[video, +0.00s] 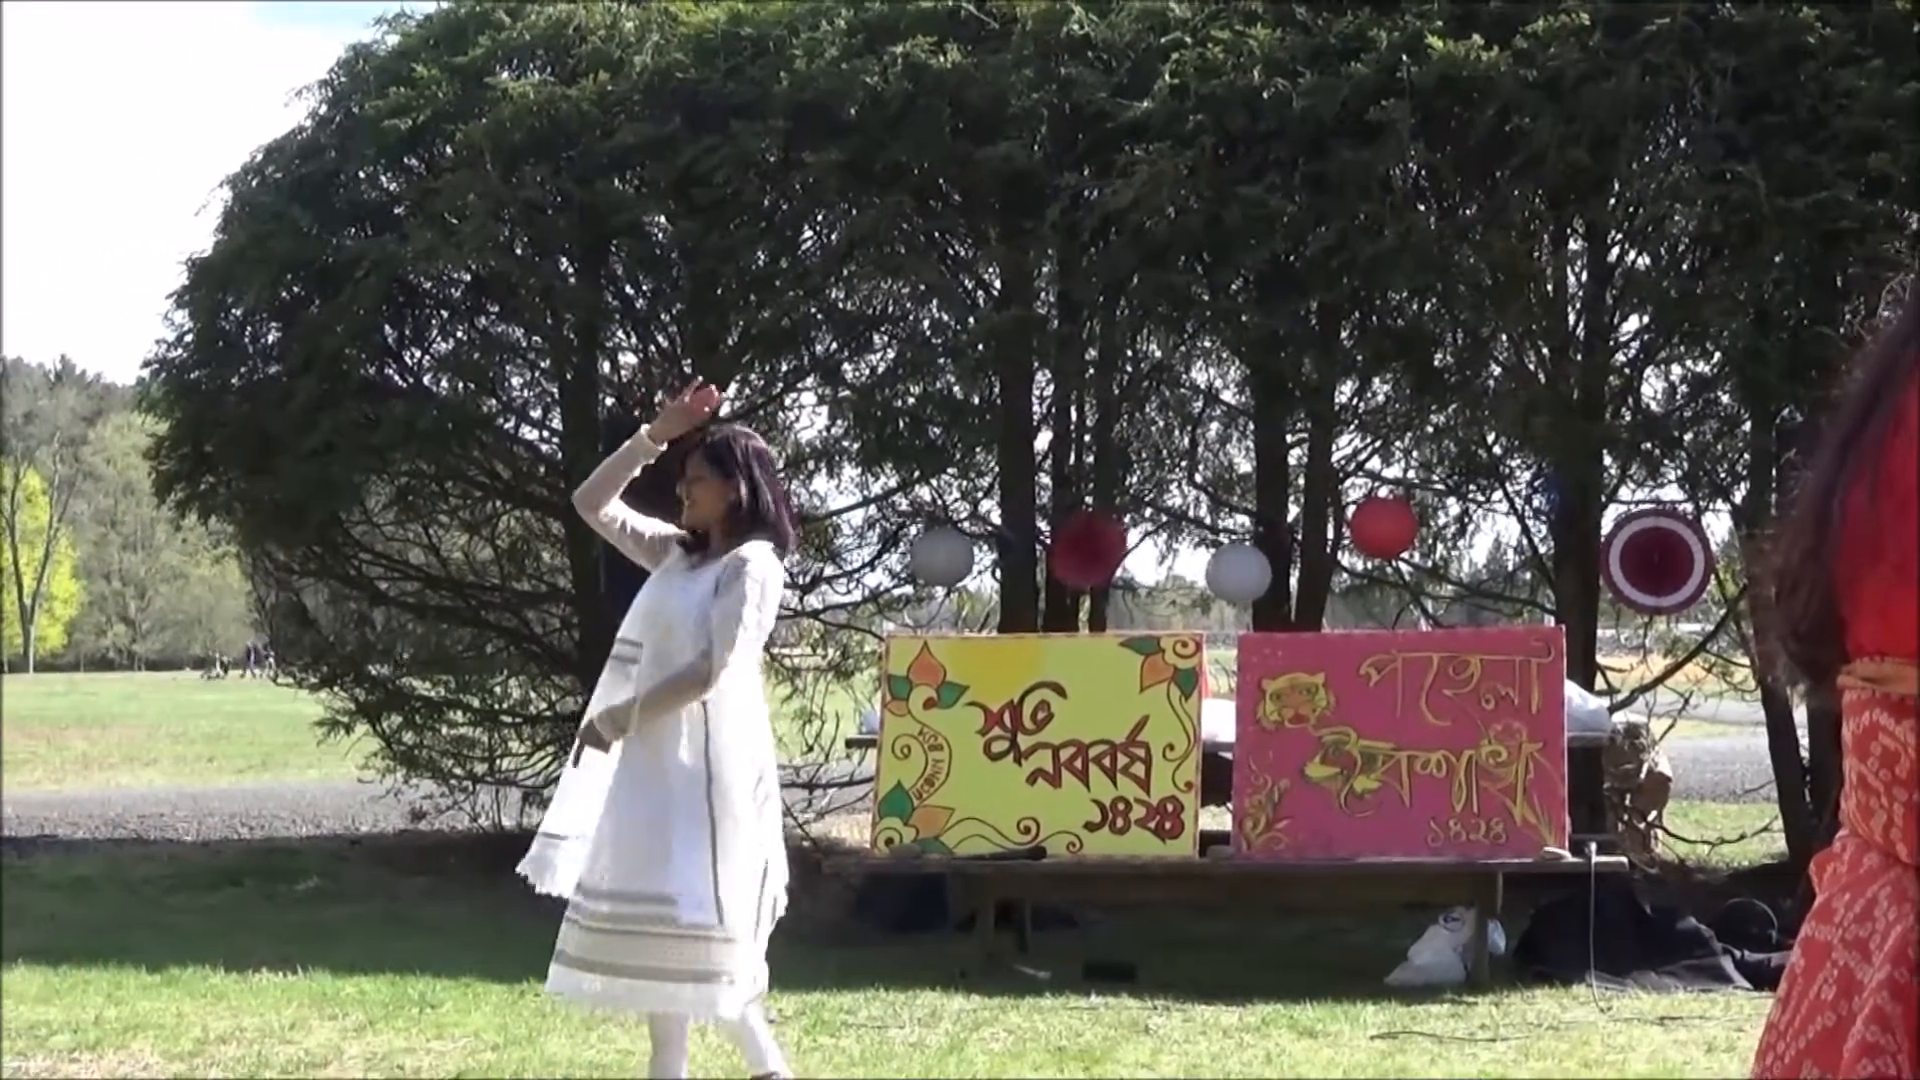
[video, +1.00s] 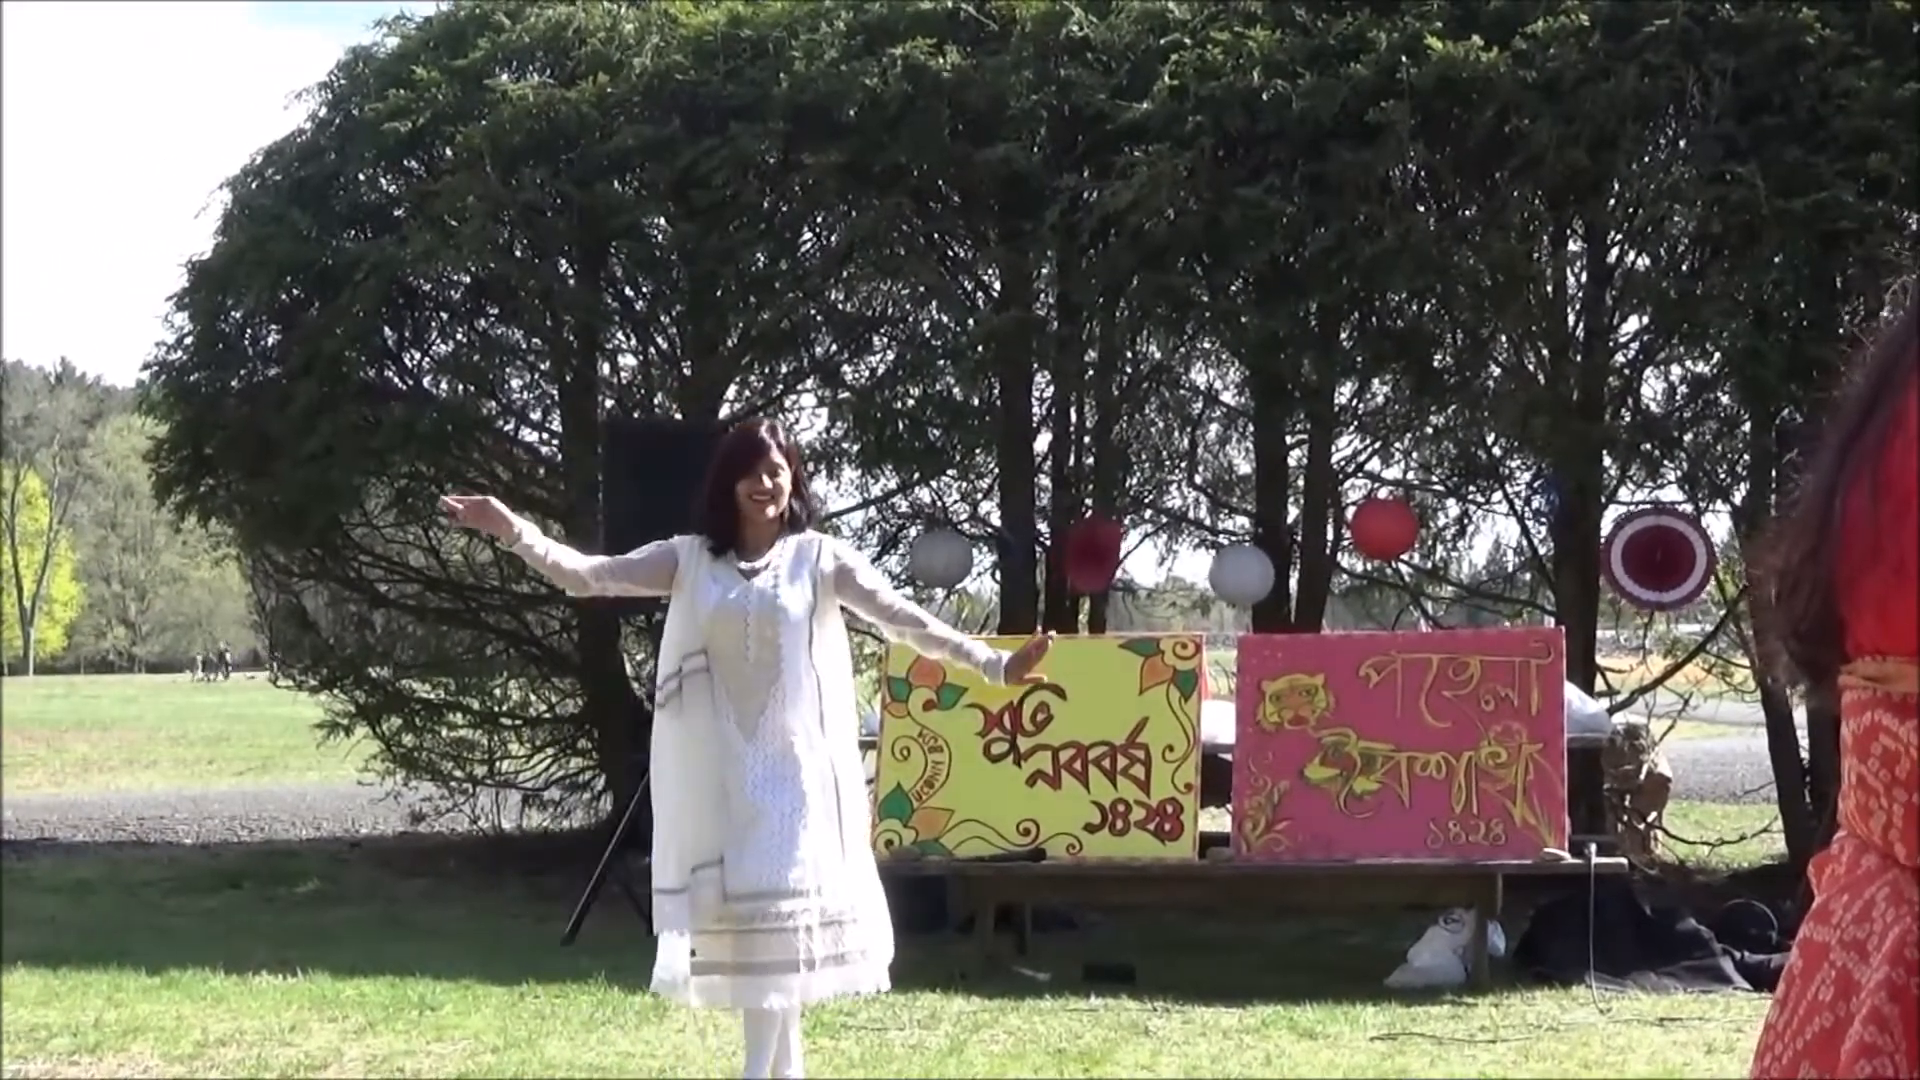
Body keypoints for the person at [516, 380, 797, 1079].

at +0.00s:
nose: (684, 491)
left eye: (697, 478)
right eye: (683, 480)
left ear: (738, 485)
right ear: (686, 487)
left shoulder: (753, 563)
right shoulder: (676, 553)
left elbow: (715, 670)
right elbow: (592, 501)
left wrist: (621, 715)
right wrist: (658, 430)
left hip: (707, 776)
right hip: (652, 772)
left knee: (703, 937)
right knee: (661, 932)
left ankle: (771, 1067)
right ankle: (667, 1069)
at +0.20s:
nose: (717, 489)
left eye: (734, 477)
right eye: (708, 475)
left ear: (767, 488)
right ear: (698, 484)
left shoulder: (782, 567)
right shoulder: (682, 560)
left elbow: (772, 672)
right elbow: (597, 528)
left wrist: (687, 747)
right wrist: (654, 447)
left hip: (744, 777)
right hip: (676, 771)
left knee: (735, 946)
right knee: (679, 937)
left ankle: (781, 1070)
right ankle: (682, 1072)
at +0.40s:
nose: (745, 491)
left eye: (759, 478)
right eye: (732, 479)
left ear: (785, 489)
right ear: (716, 490)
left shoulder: (805, 566)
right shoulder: (693, 568)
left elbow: (816, 668)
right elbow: (600, 551)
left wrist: (797, 755)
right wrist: (620, 456)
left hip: (774, 769)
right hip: (709, 769)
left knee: (726, 920)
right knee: (745, 928)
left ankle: (695, 1070)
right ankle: (784, 1070)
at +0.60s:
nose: (759, 490)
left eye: (771, 477)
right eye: (746, 478)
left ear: (793, 485)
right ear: (726, 488)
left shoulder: (817, 560)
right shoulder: (694, 563)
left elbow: (857, 661)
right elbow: (591, 561)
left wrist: (893, 740)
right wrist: (573, 465)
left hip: (790, 763)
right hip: (713, 760)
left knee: (751, 911)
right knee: (757, 917)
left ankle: (727, 1068)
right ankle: (787, 1069)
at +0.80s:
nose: (769, 482)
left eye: (779, 471)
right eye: (754, 472)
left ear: (797, 481)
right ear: (728, 484)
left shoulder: (821, 554)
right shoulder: (694, 558)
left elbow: (894, 634)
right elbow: (588, 559)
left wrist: (968, 690)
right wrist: (527, 487)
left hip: (799, 766)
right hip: (719, 765)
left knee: (757, 917)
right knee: (772, 928)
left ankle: (734, 1069)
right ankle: (788, 1068)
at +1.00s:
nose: (768, 483)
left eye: (777, 471)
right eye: (753, 472)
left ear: (793, 480)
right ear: (727, 483)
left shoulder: (820, 557)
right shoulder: (693, 558)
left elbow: (907, 619)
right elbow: (584, 575)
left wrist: (994, 660)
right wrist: (513, 528)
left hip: (799, 758)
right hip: (720, 756)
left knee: (770, 908)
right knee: (753, 911)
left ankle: (763, 1068)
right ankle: (783, 1063)